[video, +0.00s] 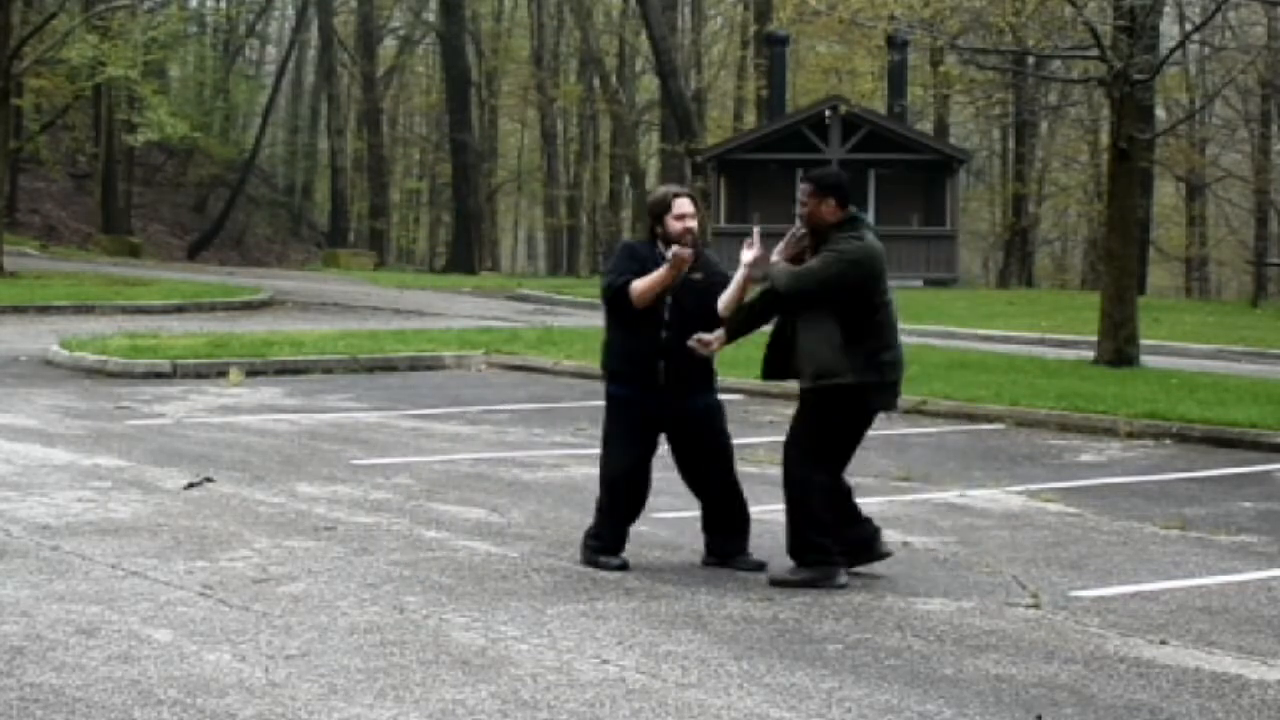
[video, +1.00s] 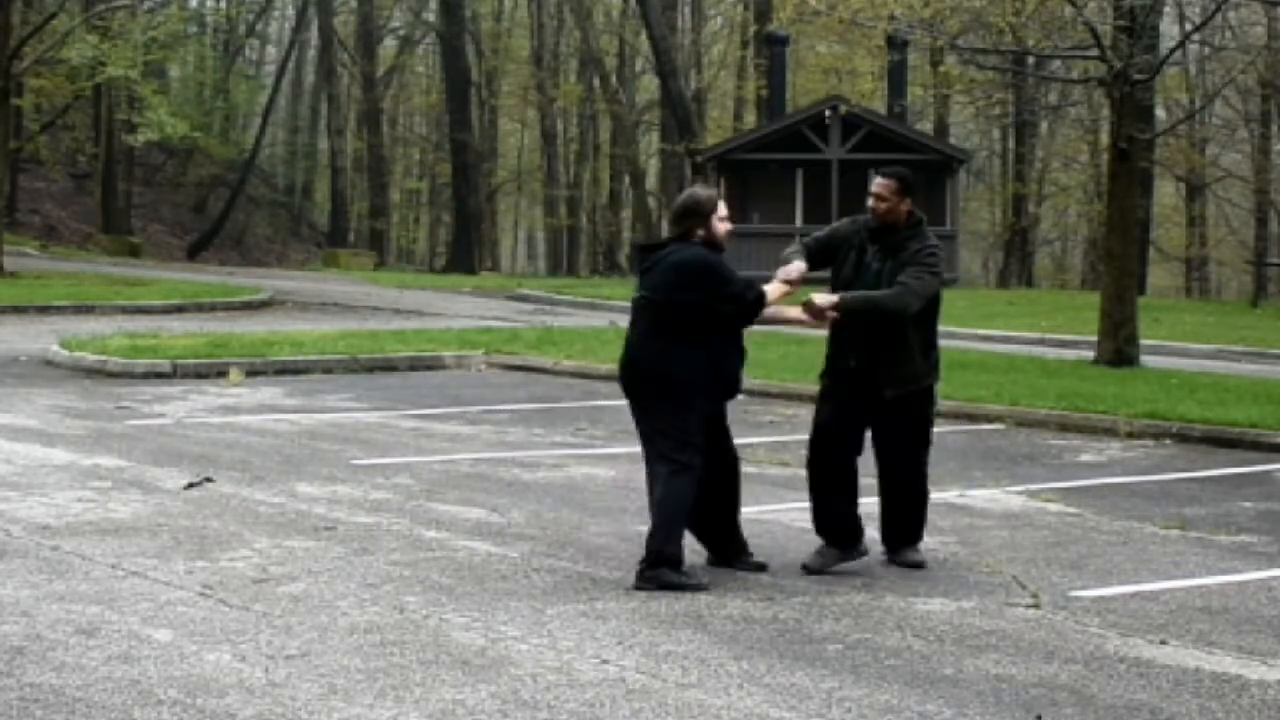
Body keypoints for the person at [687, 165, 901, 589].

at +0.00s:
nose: (800, 211)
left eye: (807, 203)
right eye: (800, 202)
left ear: (834, 206)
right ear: (827, 207)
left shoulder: (857, 250)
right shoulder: (816, 245)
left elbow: (795, 287)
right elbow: (772, 295)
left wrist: (775, 265)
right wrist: (724, 334)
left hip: (856, 379)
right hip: (830, 376)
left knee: (806, 459)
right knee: (811, 461)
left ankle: (820, 564)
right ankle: (859, 541)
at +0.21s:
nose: (805, 210)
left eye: (811, 203)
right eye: (804, 203)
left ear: (836, 205)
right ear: (821, 205)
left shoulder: (862, 248)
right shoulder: (811, 238)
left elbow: (809, 275)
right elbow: (771, 276)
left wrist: (759, 265)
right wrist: (764, 328)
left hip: (857, 378)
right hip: (818, 372)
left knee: (812, 466)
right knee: (789, 460)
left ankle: (819, 563)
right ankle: (841, 533)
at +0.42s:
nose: (813, 204)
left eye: (820, 197)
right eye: (812, 196)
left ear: (848, 199)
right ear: (828, 199)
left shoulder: (873, 241)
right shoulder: (819, 234)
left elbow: (845, 286)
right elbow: (792, 275)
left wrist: (792, 303)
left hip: (867, 368)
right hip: (830, 366)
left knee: (836, 460)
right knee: (821, 456)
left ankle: (828, 558)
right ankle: (853, 546)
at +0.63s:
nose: (838, 203)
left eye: (845, 196)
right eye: (837, 195)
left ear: (871, 197)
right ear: (851, 197)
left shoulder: (900, 249)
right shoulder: (835, 225)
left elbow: (883, 313)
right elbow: (786, 232)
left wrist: (825, 306)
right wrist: (759, 196)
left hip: (883, 370)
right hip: (838, 365)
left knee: (856, 454)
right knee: (828, 458)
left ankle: (900, 537)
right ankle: (847, 550)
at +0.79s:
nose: (860, 199)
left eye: (868, 194)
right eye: (859, 191)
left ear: (894, 197)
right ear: (861, 192)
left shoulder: (913, 245)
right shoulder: (851, 219)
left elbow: (892, 298)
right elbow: (817, 230)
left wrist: (829, 295)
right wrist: (790, 222)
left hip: (898, 369)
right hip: (848, 361)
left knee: (902, 462)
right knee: (837, 459)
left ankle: (911, 540)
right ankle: (850, 549)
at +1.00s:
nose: (874, 205)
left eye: (883, 200)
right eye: (872, 197)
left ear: (906, 204)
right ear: (869, 197)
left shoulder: (924, 250)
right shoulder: (854, 231)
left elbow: (906, 300)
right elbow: (807, 249)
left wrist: (839, 302)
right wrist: (795, 263)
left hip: (903, 378)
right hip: (847, 372)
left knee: (903, 463)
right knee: (828, 455)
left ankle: (903, 543)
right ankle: (841, 540)